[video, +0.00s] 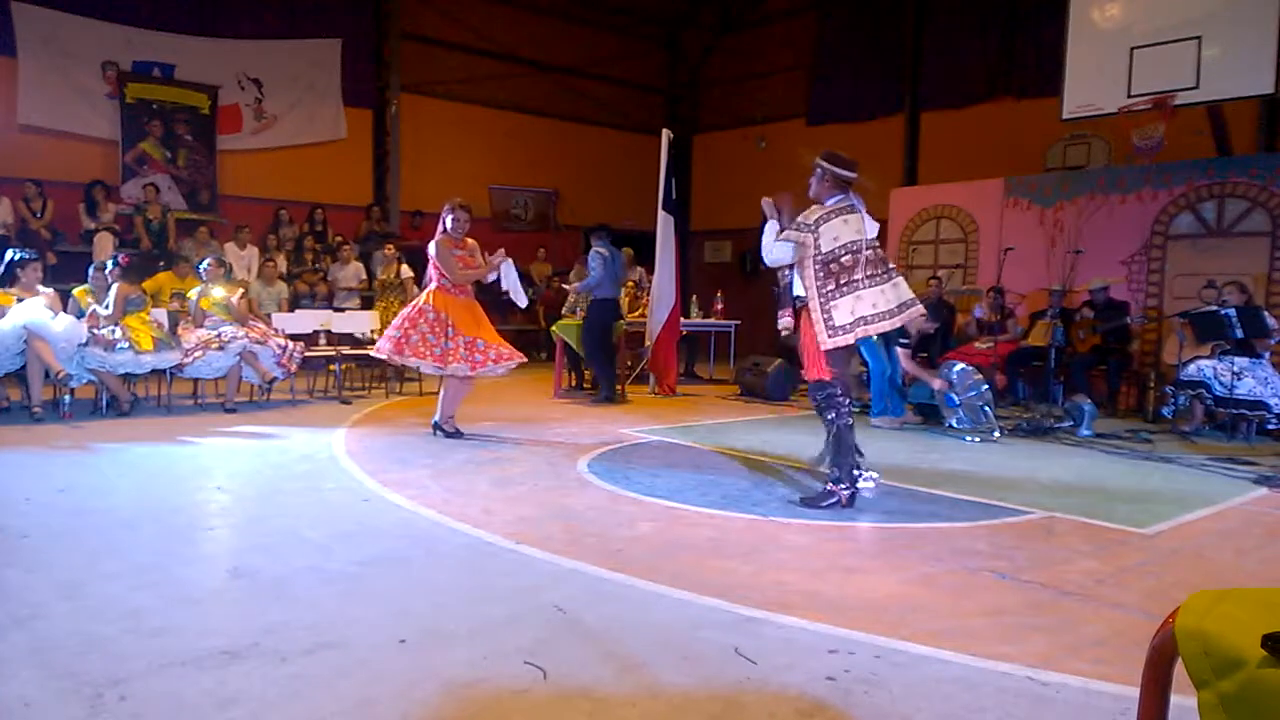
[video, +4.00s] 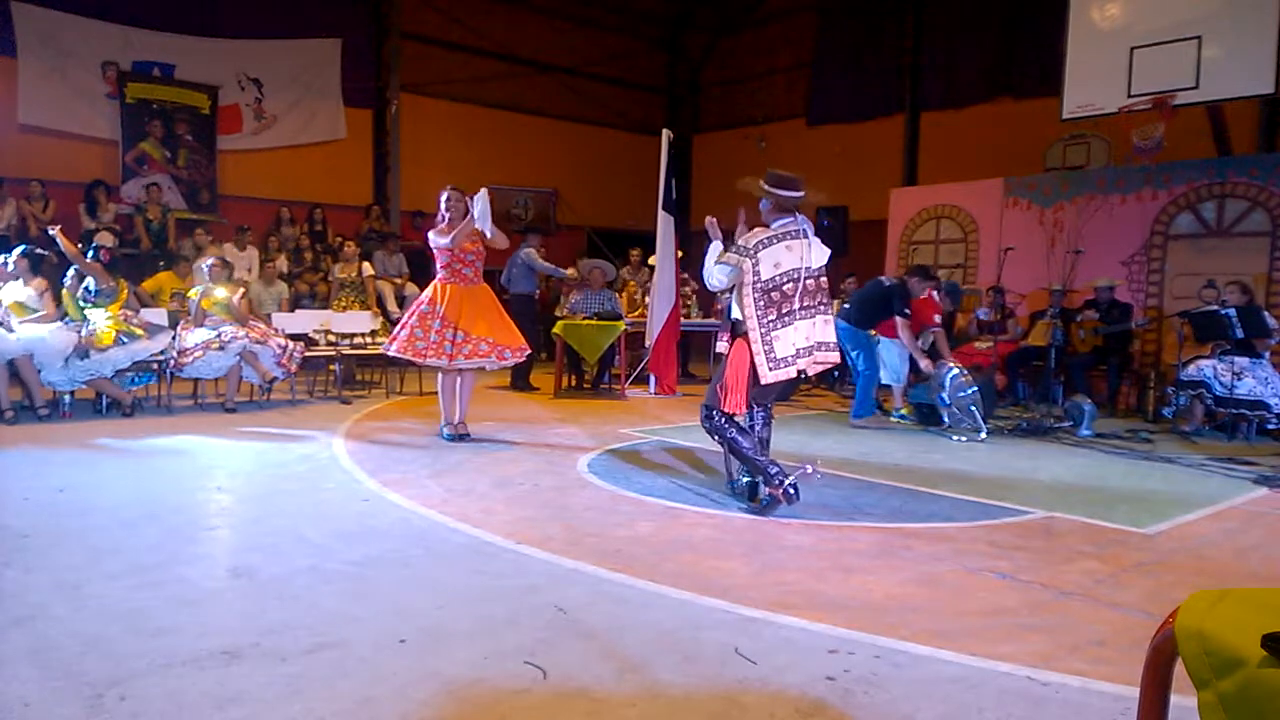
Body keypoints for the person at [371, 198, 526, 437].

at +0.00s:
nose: (460, 225)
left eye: (464, 221)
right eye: (455, 220)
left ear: (470, 223)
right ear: (445, 220)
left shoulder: (471, 244)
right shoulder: (439, 244)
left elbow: (481, 274)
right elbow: (455, 276)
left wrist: (494, 264)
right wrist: (487, 269)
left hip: (465, 308)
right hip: (444, 308)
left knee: (464, 370)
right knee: (457, 369)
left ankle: (446, 418)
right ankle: (443, 418)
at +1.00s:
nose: (460, 205)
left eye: (464, 201)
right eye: (456, 201)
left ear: (465, 206)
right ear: (447, 205)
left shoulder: (470, 235)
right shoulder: (430, 231)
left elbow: (477, 237)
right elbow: (426, 231)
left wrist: (460, 205)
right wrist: (440, 202)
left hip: (463, 297)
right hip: (435, 297)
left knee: (462, 363)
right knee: (437, 364)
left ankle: (455, 420)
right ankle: (440, 421)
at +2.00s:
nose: (464, 204)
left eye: (469, 200)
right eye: (460, 202)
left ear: (479, 208)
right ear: (452, 209)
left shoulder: (484, 238)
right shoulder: (443, 230)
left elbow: (468, 228)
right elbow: (424, 225)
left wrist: (449, 203)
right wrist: (430, 199)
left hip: (468, 297)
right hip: (440, 296)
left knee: (464, 364)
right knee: (443, 363)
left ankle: (460, 420)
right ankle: (447, 420)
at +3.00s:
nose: (464, 205)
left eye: (469, 201)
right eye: (459, 202)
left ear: (478, 209)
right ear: (453, 208)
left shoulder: (482, 237)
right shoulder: (442, 231)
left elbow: (477, 226)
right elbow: (425, 223)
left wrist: (457, 204)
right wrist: (433, 199)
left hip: (471, 297)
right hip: (443, 295)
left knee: (467, 364)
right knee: (445, 363)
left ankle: (461, 420)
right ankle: (447, 420)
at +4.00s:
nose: (452, 205)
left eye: (458, 201)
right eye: (448, 201)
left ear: (467, 205)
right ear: (441, 206)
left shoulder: (478, 232)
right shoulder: (435, 234)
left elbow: (504, 243)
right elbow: (452, 241)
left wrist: (484, 217)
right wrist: (474, 214)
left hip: (474, 299)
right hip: (447, 299)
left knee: (468, 365)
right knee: (448, 366)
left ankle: (461, 421)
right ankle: (447, 421)